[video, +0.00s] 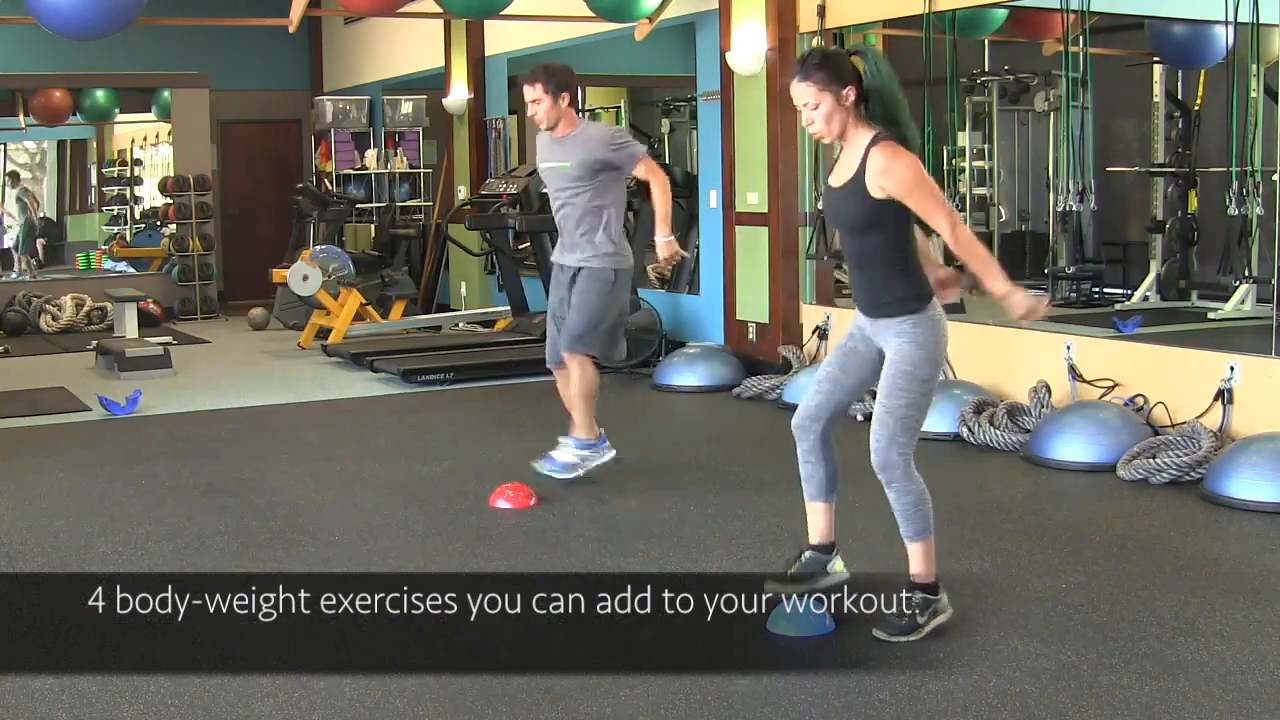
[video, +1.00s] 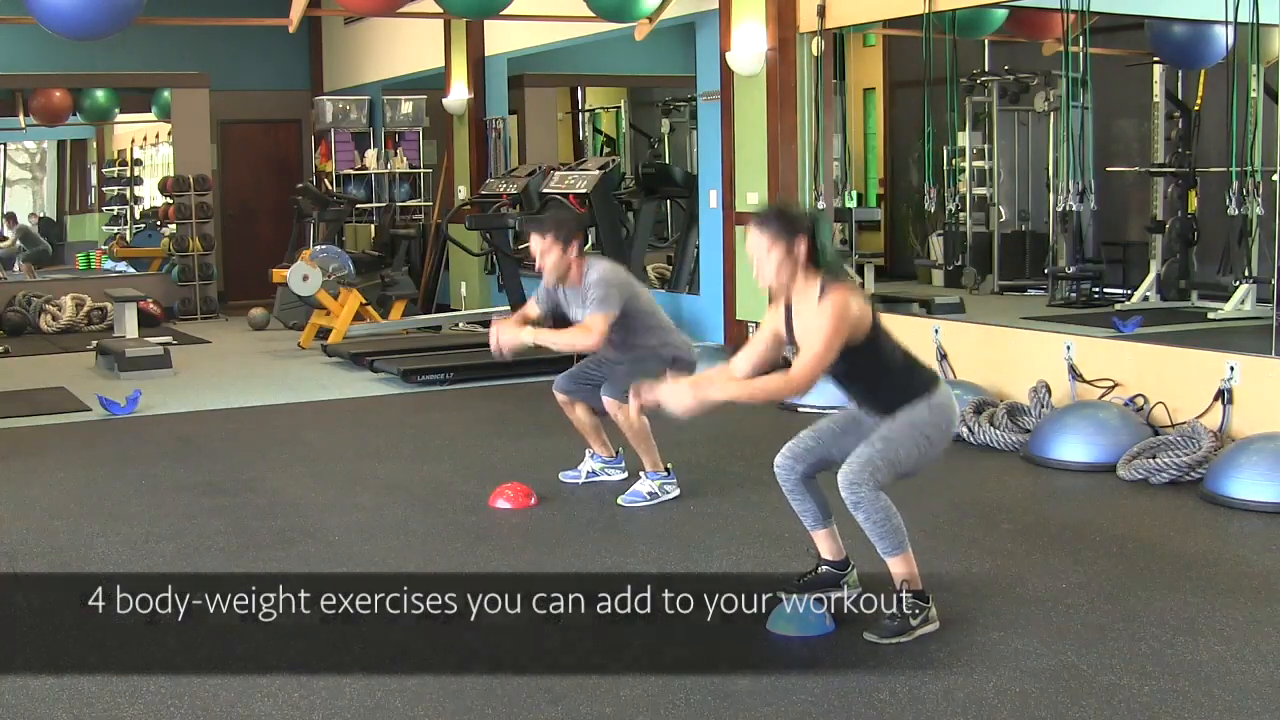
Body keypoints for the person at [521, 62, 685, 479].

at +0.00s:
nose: (530, 111)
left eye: (536, 102)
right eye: (528, 103)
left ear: (564, 100)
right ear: (537, 104)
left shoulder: (603, 139)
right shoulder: (543, 142)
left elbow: (658, 176)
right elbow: (571, 194)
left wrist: (663, 235)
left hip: (604, 262)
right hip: (565, 261)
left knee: (578, 349)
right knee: (557, 358)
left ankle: (584, 441)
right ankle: (590, 438)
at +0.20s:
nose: (539, 130)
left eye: (546, 121)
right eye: (537, 123)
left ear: (575, 122)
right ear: (538, 125)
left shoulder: (605, 166)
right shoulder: (547, 165)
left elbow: (656, 209)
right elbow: (549, 212)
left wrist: (641, 258)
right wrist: (527, 255)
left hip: (601, 289)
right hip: (563, 289)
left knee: (559, 365)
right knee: (553, 377)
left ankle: (554, 459)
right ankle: (597, 456)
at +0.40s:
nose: (534, 119)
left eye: (539, 109)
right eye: (530, 111)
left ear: (567, 103)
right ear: (539, 112)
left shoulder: (604, 140)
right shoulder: (556, 148)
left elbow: (635, 195)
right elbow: (555, 189)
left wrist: (579, 222)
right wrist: (527, 212)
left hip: (618, 272)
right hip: (583, 273)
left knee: (596, 357)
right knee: (568, 360)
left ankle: (621, 452)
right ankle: (588, 445)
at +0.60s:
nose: (530, 196)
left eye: (533, 185)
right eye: (526, 187)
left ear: (560, 177)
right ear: (549, 181)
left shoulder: (596, 209)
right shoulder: (560, 219)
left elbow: (590, 267)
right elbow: (567, 263)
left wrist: (533, 250)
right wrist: (530, 250)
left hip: (651, 321)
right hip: (614, 321)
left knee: (616, 394)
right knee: (569, 386)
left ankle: (659, 475)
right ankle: (607, 459)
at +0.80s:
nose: (536, 277)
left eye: (539, 270)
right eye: (533, 271)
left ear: (565, 262)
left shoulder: (601, 288)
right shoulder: (562, 293)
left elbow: (559, 341)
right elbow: (520, 334)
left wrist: (526, 293)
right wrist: (514, 298)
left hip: (669, 364)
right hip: (626, 362)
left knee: (615, 399)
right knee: (568, 387)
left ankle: (659, 477)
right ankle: (607, 459)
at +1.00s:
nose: (537, 264)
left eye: (543, 255)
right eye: (535, 256)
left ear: (572, 248)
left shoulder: (604, 277)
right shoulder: (555, 281)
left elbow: (592, 338)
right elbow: (528, 314)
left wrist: (527, 334)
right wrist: (507, 327)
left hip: (664, 356)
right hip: (618, 356)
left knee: (616, 396)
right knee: (566, 390)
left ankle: (659, 476)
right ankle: (606, 459)